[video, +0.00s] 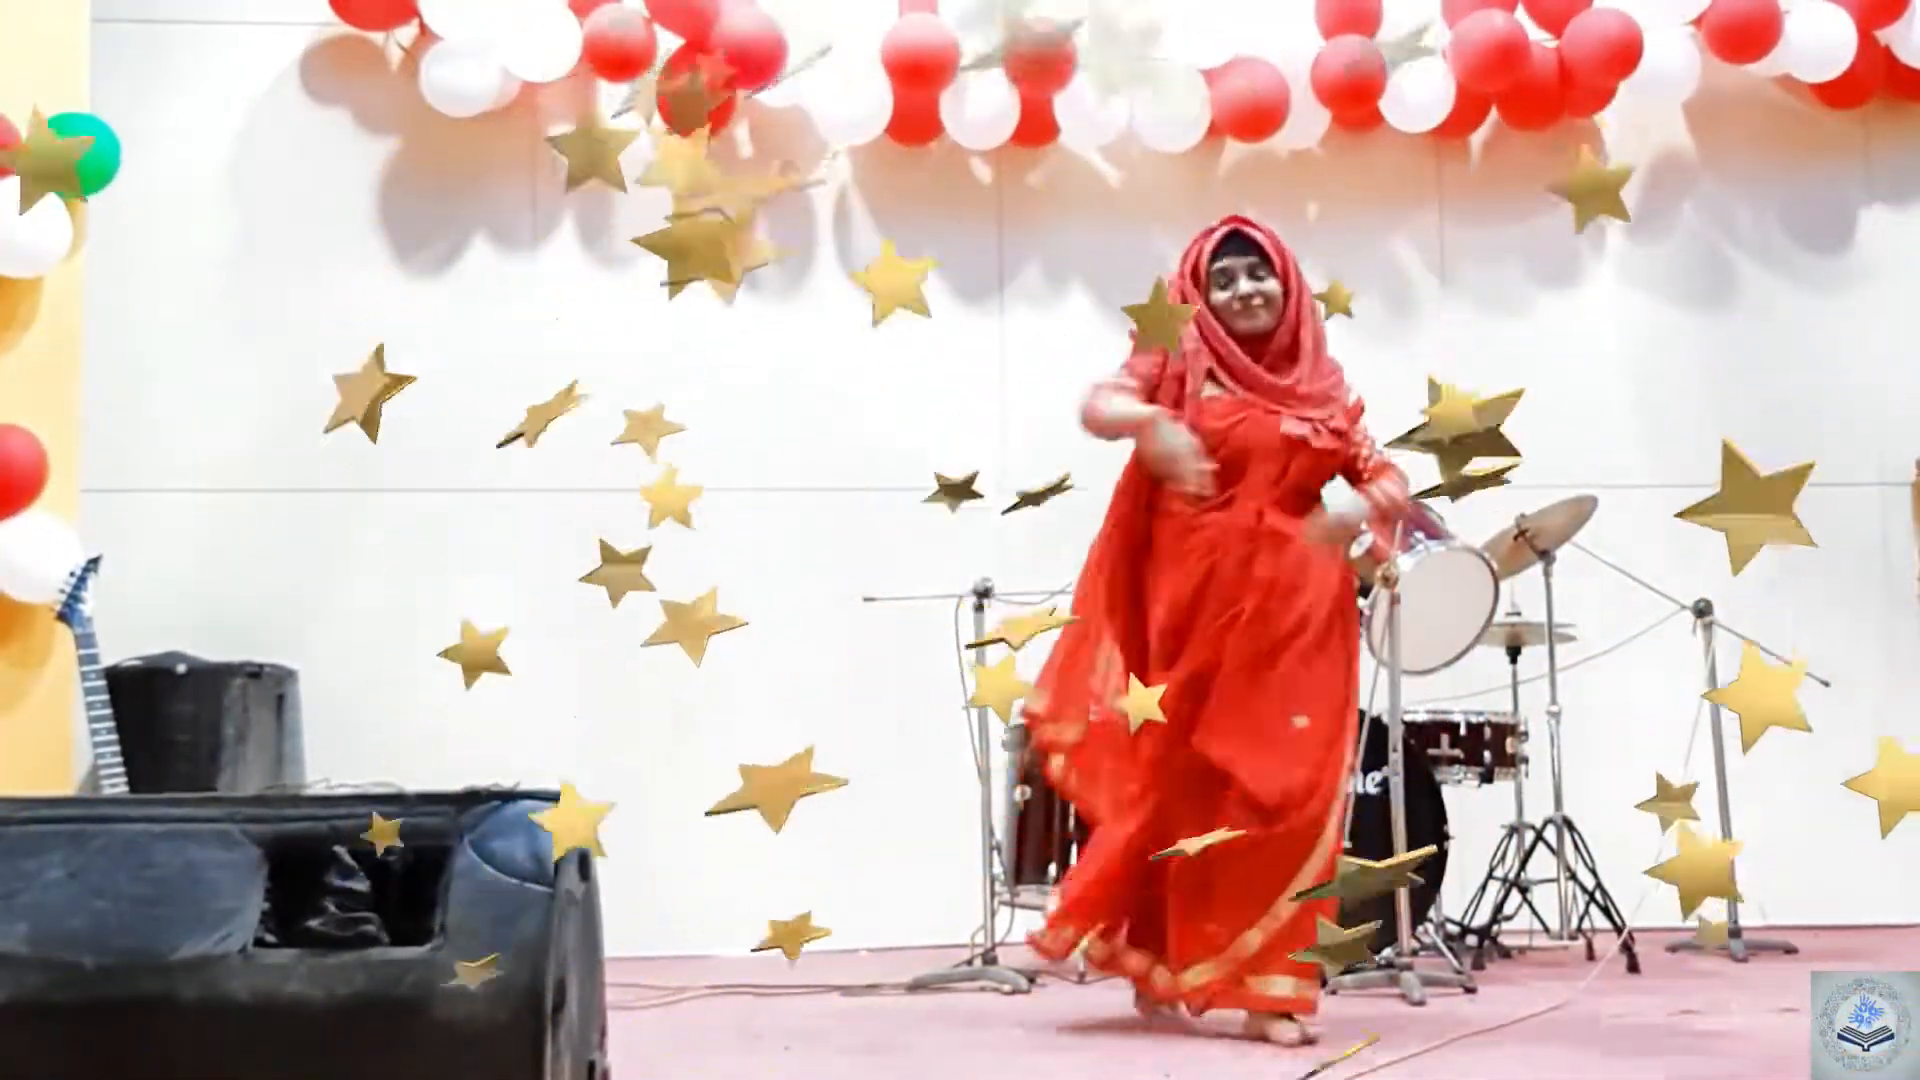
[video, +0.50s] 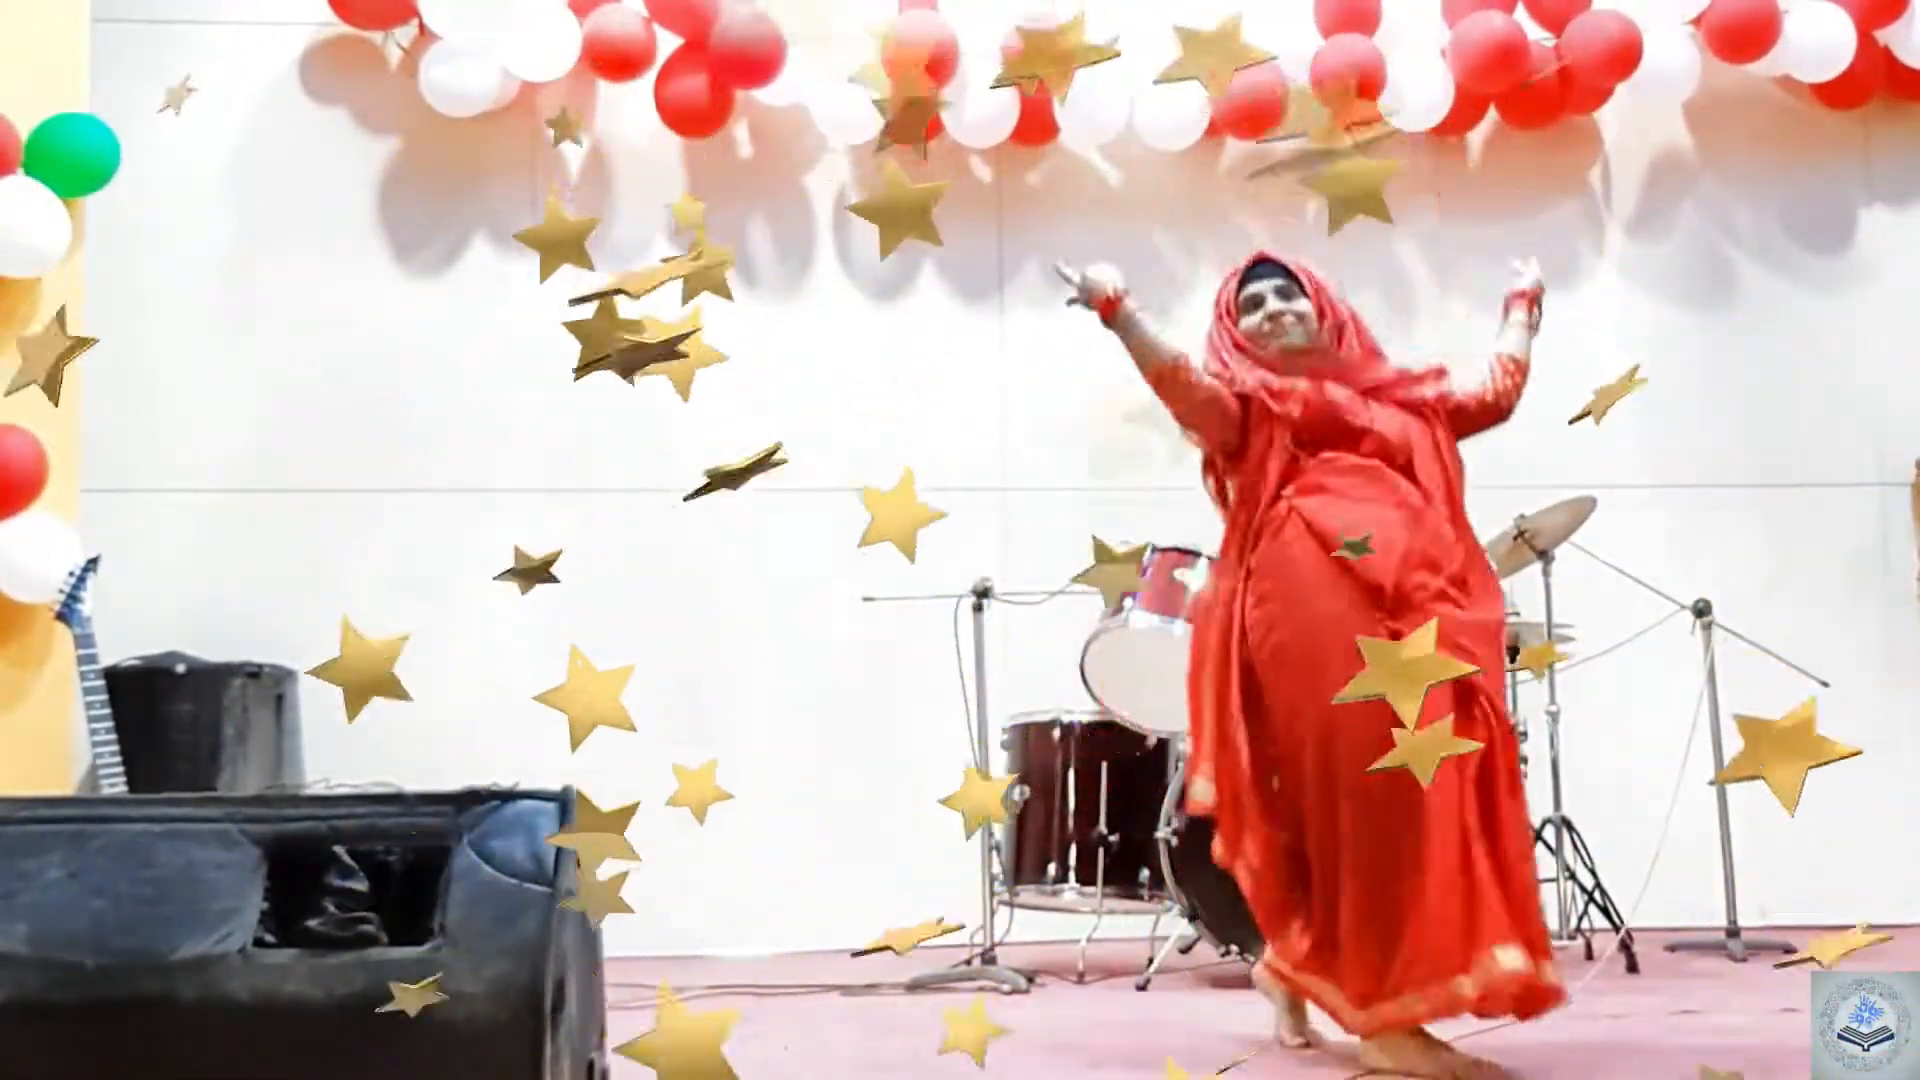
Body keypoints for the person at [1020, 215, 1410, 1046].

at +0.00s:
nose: (1245, 288)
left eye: (1257, 273)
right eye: (1226, 279)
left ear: (1286, 284)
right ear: (1201, 297)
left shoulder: (1321, 388)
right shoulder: (1177, 365)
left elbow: (1385, 476)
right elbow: (1100, 404)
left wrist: (1369, 498)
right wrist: (1153, 424)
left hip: (1294, 613)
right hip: (1191, 609)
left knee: (1290, 796)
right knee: (1183, 786)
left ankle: (1277, 994)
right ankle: (1157, 965)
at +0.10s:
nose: (1253, 301)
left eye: (1264, 285)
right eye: (1234, 293)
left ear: (1295, 294)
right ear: (1210, 310)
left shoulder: (1333, 388)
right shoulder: (1200, 377)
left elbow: (1405, 441)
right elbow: (1169, 377)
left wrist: (1369, 382)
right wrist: (1246, 351)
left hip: (1315, 602)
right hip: (1213, 602)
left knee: (1318, 793)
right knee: (1244, 773)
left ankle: (1277, 991)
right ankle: (1162, 905)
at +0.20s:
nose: (1258, 284)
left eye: (1270, 270)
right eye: (1243, 277)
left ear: (1303, 288)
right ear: (1227, 305)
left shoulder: (1342, 383)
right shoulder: (1212, 377)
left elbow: (1416, 358)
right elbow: (1185, 305)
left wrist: (1406, 270)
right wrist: (1237, 227)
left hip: (1322, 603)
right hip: (1224, 601)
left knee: (1351, 759)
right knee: (1288, 751)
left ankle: (1280, 963)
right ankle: (1238, 942)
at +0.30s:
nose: (1257, 260)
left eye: (1269, 246)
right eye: (1240, 257)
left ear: (1311, 262)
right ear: (1225, 284)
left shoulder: (1366, 352)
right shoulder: (1227, 344)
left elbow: (1444, 319)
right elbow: (1174, 276)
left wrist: (1458, 219)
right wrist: (1181, 167)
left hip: (1347, 593)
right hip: (1251, 594)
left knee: (1408, 740)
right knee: (1335, 763)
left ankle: (1291, 941)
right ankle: (1290, 977)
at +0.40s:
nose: (1262, 265)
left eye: (1274, 251)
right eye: (1241, 264)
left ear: (1314, 267)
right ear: (1225, 298)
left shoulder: (1391, 352)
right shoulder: (1238, 357)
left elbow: (1482, 338)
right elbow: (1172, 329)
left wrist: (1502, 238)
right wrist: (1134, 244)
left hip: (1397, 582)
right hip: (1290, 584)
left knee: (1390, 779)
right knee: (1348, 783)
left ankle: (1285, 972)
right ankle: (1394, 1012)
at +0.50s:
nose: (1276, 311)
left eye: (1288, 295)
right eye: (1255, 309)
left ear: (1326, 310)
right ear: (1235, 343)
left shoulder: (1402, 397)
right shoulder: (1252, 407)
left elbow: (1498, 392)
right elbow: (1185, 384)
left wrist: (1521, 309)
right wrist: (1121, 313)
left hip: (1419, 606)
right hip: (1310, 607)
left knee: (1401, 801)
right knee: (1373, 798)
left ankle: (1290, 960)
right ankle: (1391, 1026)